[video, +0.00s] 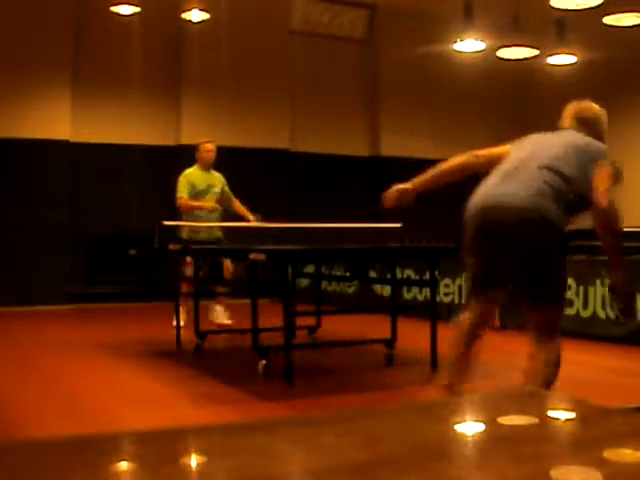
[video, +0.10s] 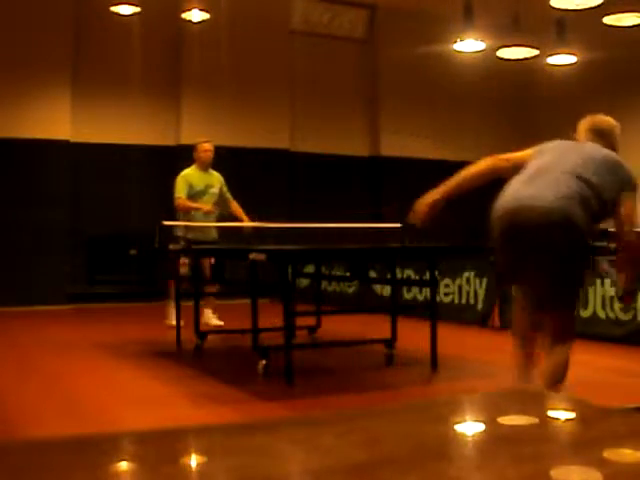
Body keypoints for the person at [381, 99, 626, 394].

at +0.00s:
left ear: (563, 123)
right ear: (600, 133)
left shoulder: (530, 142)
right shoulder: (597, 152)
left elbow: (473, 159)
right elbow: (602, 204)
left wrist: (412, 187)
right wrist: (618, 271)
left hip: (482, 212)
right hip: (536, 219)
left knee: (480, 304)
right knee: (545, 329)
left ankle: (453, 384)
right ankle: (533, 408)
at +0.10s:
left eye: (580, 134)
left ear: (579, 136)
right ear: (614, 145)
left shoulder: (551, 148)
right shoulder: (620, 171)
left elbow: (493, 163)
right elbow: (627, 235)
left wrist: (437, 194)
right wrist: (627, 285)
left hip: (509, 215)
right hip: (560, 222)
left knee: (523, 305)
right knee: (561, 325)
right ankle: (549, 397)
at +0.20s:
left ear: (591, 141)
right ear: (625, 147)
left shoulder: (565, 155)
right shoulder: (630, 170)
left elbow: (515, 172)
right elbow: (636, 223)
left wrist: (469, 200)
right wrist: (634, 254)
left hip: (538, 228)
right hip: (588, 232)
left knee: (567, 307)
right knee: (590, 315)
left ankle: (592, 375)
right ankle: (559, 387)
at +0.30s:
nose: (589, 149)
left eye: (589, 145)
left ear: (593, 146)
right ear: (624, 146)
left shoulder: (581, 166)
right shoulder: (636, 168)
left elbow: (531, 190)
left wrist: (504, 227)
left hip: (577, 244)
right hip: (627, 246)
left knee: (597, 311)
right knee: (629, 333)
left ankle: (616, 388)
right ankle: (577, 389)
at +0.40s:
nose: (591, 150)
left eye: (592, 146)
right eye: (591, 147)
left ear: (598, 146)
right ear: (626, 145)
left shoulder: (591, 168)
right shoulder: (636, 165)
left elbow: (561, 206)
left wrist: (553, 249)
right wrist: (554, 249)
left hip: (601, 240)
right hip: (634, 240)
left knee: (606, 309)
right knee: (635, 310)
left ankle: (617, 386)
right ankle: (620, 383)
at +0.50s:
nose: (602, 145)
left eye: (603, 139)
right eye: (603, 140)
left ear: (611, 138)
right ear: (633, 136)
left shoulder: (603, 161)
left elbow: (586, 203)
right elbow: (586, 205)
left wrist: (589, 252)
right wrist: (590, 253)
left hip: (621, 237)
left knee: (614, 311)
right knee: (614, 311)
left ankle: (619, 384)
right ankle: (619, 384)